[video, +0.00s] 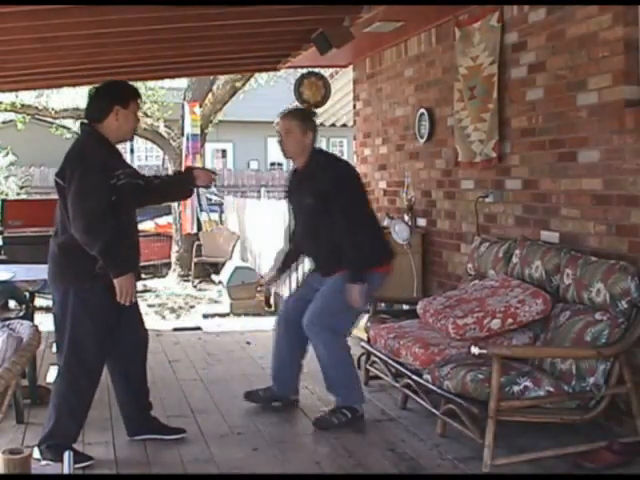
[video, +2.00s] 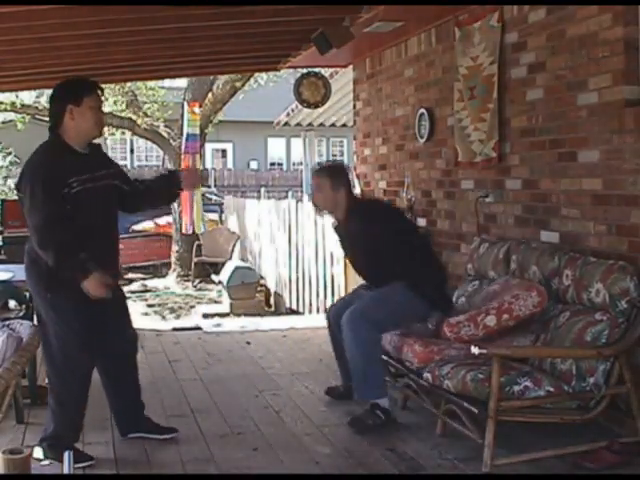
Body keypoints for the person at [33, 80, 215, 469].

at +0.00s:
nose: (138, 120)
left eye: (138, 112)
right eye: (135, 112)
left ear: (112, 113)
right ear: (115, 113)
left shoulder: (105, 153)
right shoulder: (89, 154)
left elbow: (138, 191)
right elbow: (85, 222)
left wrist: (188, 179)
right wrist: (117, 268)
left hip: (109, 275)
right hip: (82, 277)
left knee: (131, 345)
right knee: (81, 363)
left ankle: (139, 422)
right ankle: (54, 446)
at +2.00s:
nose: (103, 115)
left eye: (102, 107)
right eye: (96, 108)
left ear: (77, 113)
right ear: (72, 112)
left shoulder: (98, 160)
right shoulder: (41, 166)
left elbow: (131, 198)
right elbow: (45, 233)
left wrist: (177, 181)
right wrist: (83, 272)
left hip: (100, 275)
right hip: (58, 280)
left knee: (120, 348)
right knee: (71, 361)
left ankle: (132, 422)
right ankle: (57, 443)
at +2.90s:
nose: (104, 111)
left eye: (102, 103)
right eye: (98, 103)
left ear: (77, 109)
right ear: (75, 108)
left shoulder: (88, 152)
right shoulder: (54, 153)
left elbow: (118, 197)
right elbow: (73, 203)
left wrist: (159, 220)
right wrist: (118, 163)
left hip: (102, 271)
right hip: (71, 275)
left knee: (118, 348)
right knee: (74, 358)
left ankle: (130, 418)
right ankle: (54, 440)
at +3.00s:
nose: (102, 113)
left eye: (101, 105)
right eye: (96, 105)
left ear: (75, 109)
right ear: (74, 108)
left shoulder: (85, 153)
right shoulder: (55, 153)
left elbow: (116, 199)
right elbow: (76, 205)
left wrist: (159, 223)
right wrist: (120, 167)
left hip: (100, 273)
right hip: (71, 276)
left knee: (119, 348)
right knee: (75, 360)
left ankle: (131, 419)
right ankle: (53, 441)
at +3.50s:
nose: (108, 115)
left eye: (107, 107)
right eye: (103, 107)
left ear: (81, 111)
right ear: (79, 110)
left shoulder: (91, 154)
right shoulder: (61, 155)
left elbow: (120, 206)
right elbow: (87, 211)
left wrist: (163, 228)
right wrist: (139, 184)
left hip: (104, 274)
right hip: (74, 278)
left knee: (123, 347)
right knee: (75, 361)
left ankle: (132, 420)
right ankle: (54, 441)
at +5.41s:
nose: (95, 113)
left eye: (92, 105)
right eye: (86, 107)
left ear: (67, 115)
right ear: (63, 115)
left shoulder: (87, 158)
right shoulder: (46, 165)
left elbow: (114, 204)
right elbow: (56, 230)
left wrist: (150, 237)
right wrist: (110, 246)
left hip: (96, 275)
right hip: (62, 282)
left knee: (120, 347)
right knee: (80, 363)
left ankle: (131, 421)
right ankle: (53, 443)